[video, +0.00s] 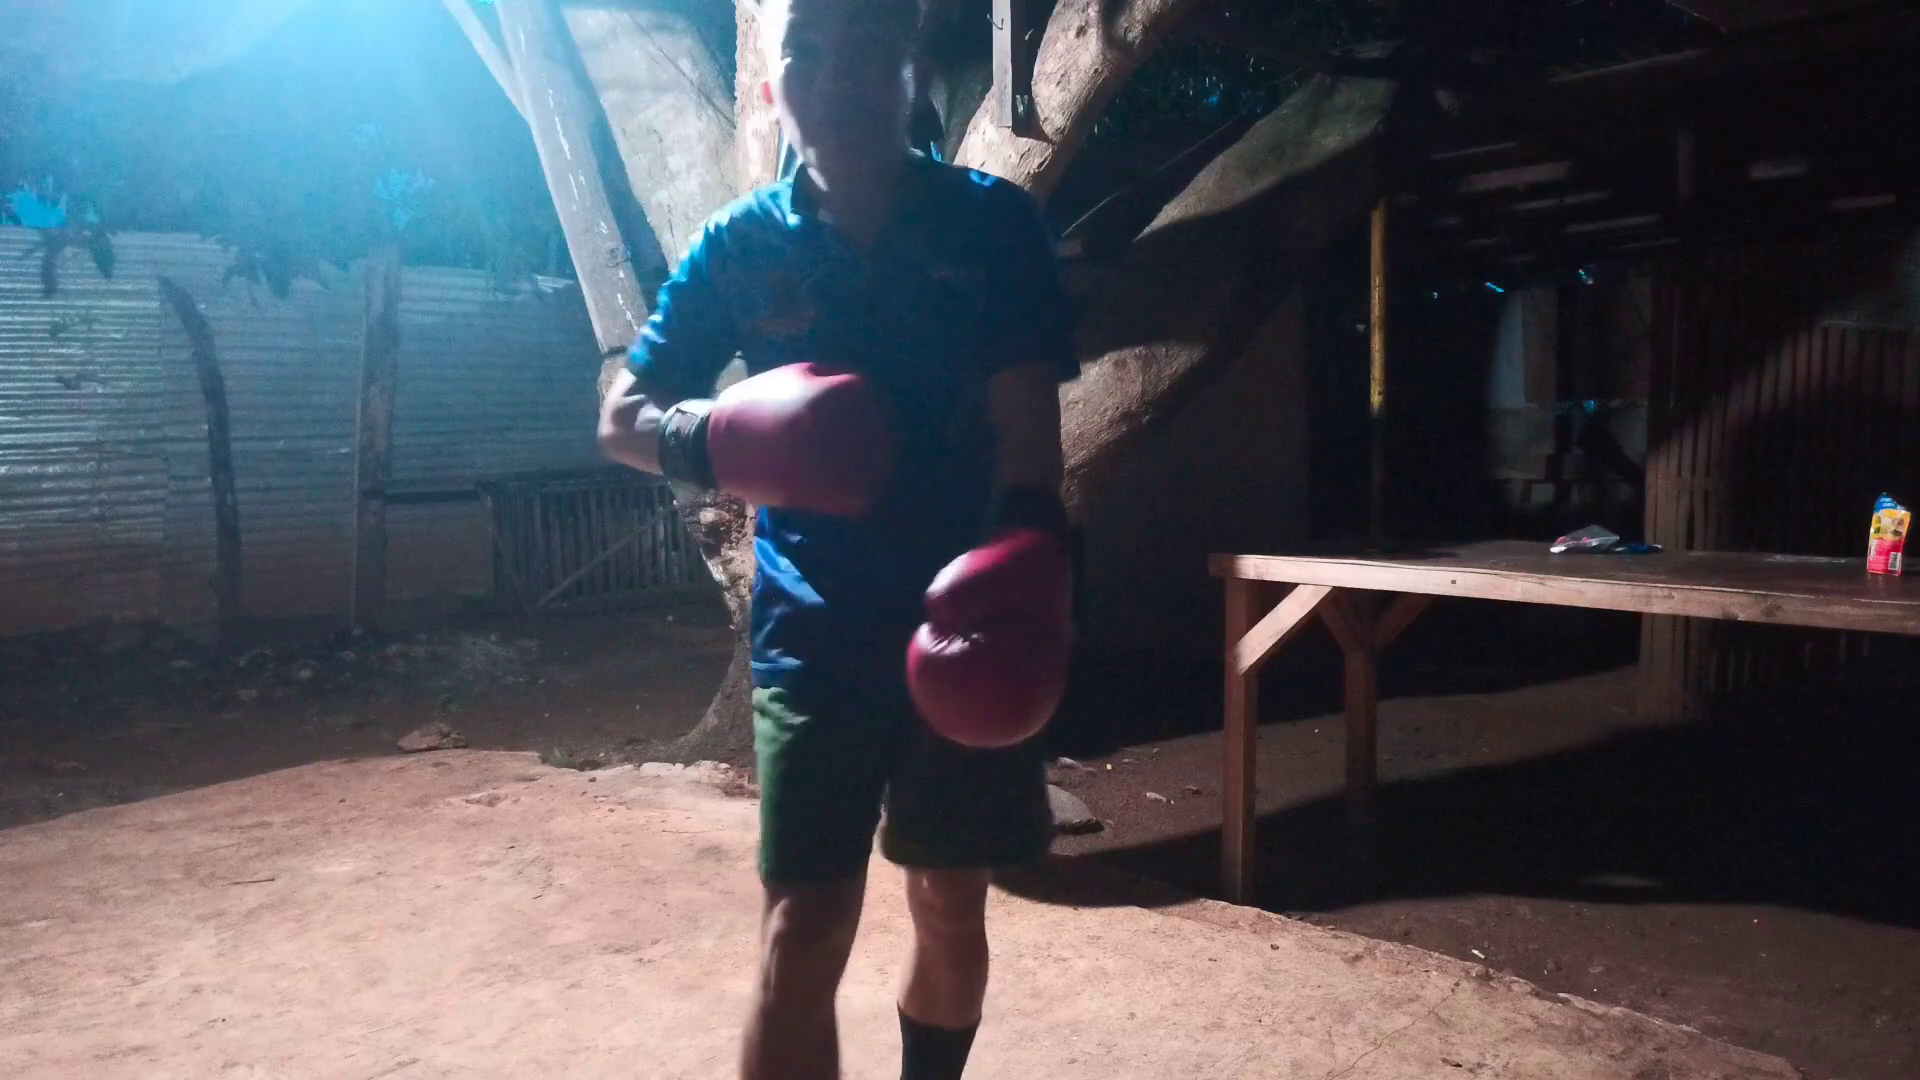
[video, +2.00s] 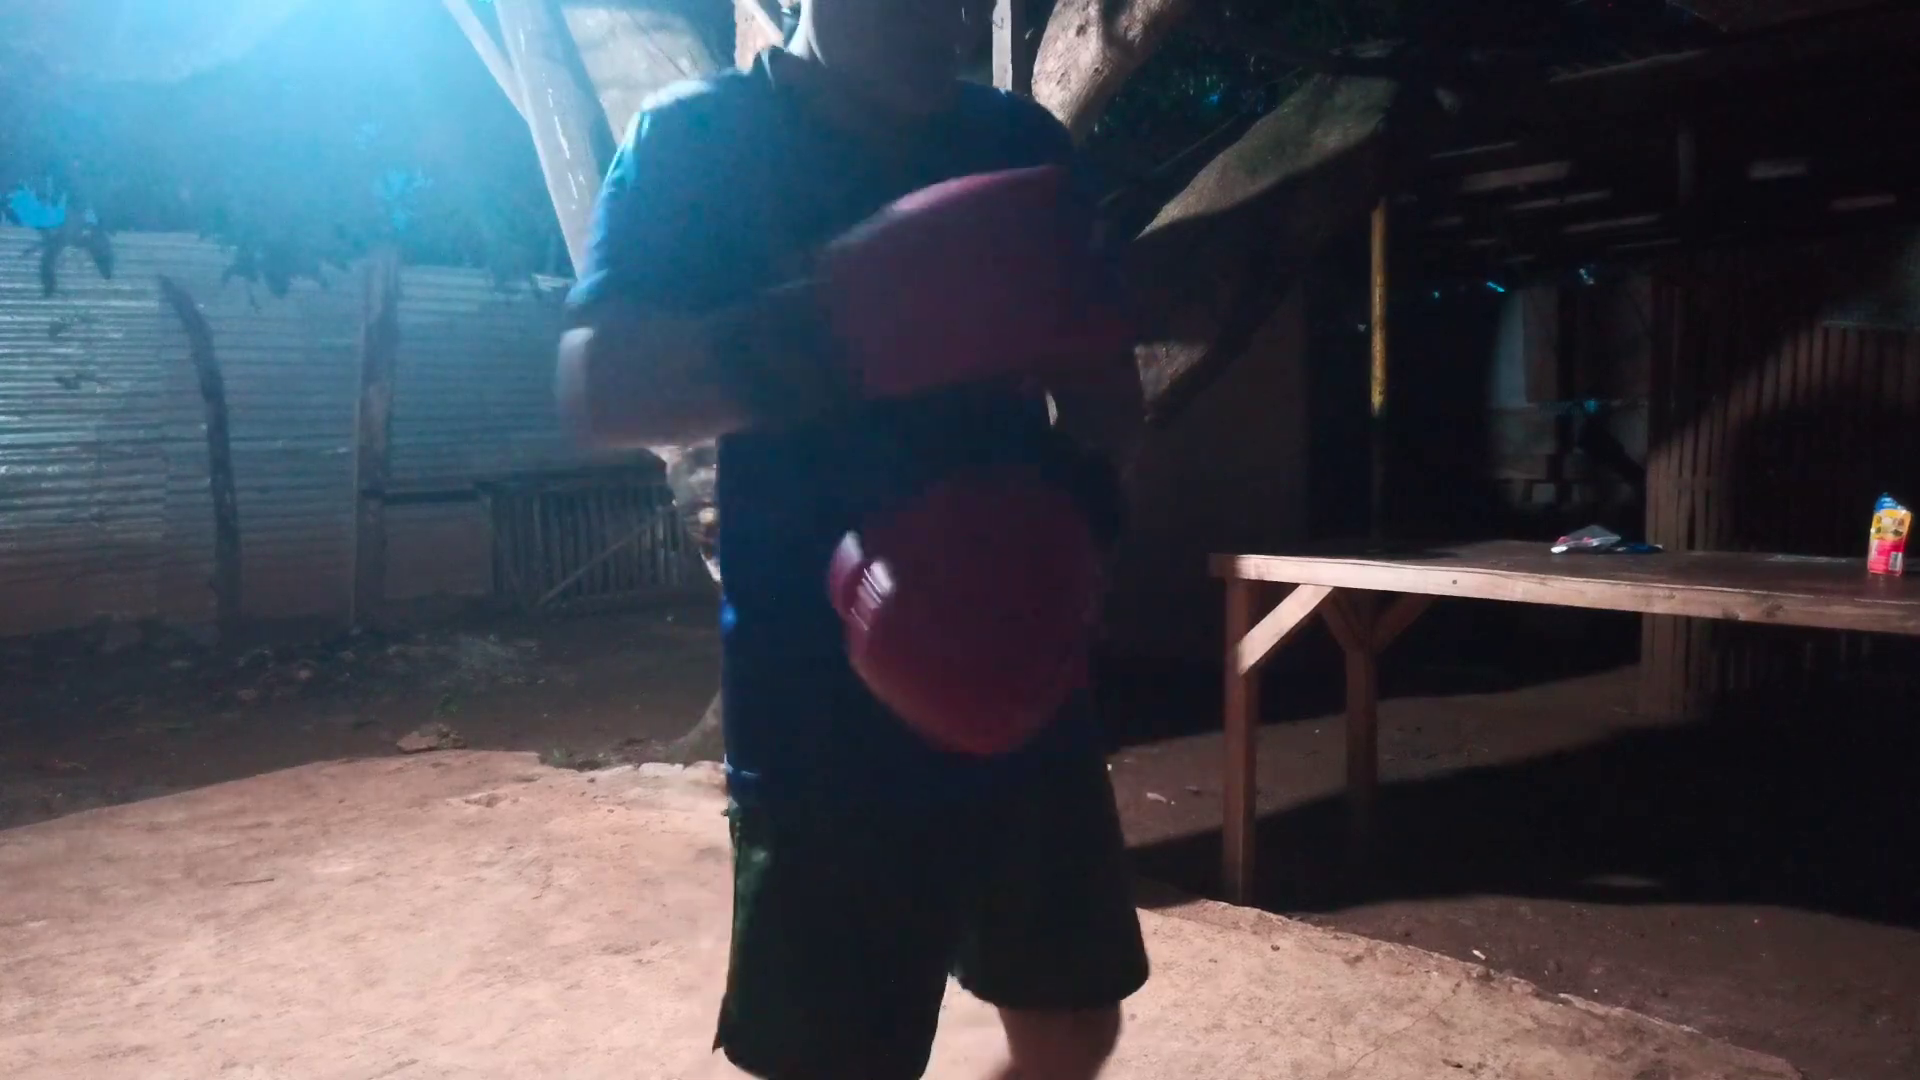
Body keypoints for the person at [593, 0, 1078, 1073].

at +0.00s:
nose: (829, 84)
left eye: (858, 58)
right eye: (804, 59)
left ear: (909, 77)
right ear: (773, 85)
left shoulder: (993, 227)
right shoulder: (740, 246)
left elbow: (1028, 432)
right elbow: (621, 418)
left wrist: (1022, 567)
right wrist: (724, 438)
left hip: (964, 621)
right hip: (813, 630)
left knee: (951, 910)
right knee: (806, 927)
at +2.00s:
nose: (951, 12)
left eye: (966, 3)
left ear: (979, 6)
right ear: (815, 2)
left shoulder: (1018, 141)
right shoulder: (702, 135)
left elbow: (1106, 394)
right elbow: (599, 390)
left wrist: (1057, 533)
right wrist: (849, 317)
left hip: (1025, 678)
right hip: (817, 702)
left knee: (1070, 1030)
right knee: (831, 1056)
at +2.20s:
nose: (959, 18)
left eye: (979, 4)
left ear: (997, 7)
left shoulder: (1042, 130)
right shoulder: (721, 107)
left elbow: (1124, 356)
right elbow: (738, 341)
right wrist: (1011, 330)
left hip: (1039, 681)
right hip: (830, 694)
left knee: (1059, 1033)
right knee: (830, 1057)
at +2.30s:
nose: (977, 9)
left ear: (1027, 7)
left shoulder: (1071, 141)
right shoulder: (748, 105)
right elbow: (778, 328)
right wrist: (1057, 333)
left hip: (1058, 688)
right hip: (853, 690)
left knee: (1074, 1026)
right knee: (849, 1054)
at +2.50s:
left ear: (1054, 3)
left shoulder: (1128, 148)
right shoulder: (816, 106)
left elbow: (1209, 383)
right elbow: (865, 315)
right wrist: (1108, 400)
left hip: (1094, 660)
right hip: (892, 659)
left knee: (1079, 979)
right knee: (905, 1032)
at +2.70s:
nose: (1017, 4)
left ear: (1085, 7)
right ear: (926, 4)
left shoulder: (1160, 163)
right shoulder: (857, 143)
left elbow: (1217, 413)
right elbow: (788, 389)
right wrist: (1018, 426)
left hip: (1122, 652)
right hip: (926, 655)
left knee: (1089, 1005)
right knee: (941, 1036)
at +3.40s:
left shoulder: (1093, 151)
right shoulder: (761, 142)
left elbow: (1156, 407)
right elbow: (709, 423)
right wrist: (930, 484)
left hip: (1073, 688)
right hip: (859, 693)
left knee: (1066, 1041)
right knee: (887, 1056)